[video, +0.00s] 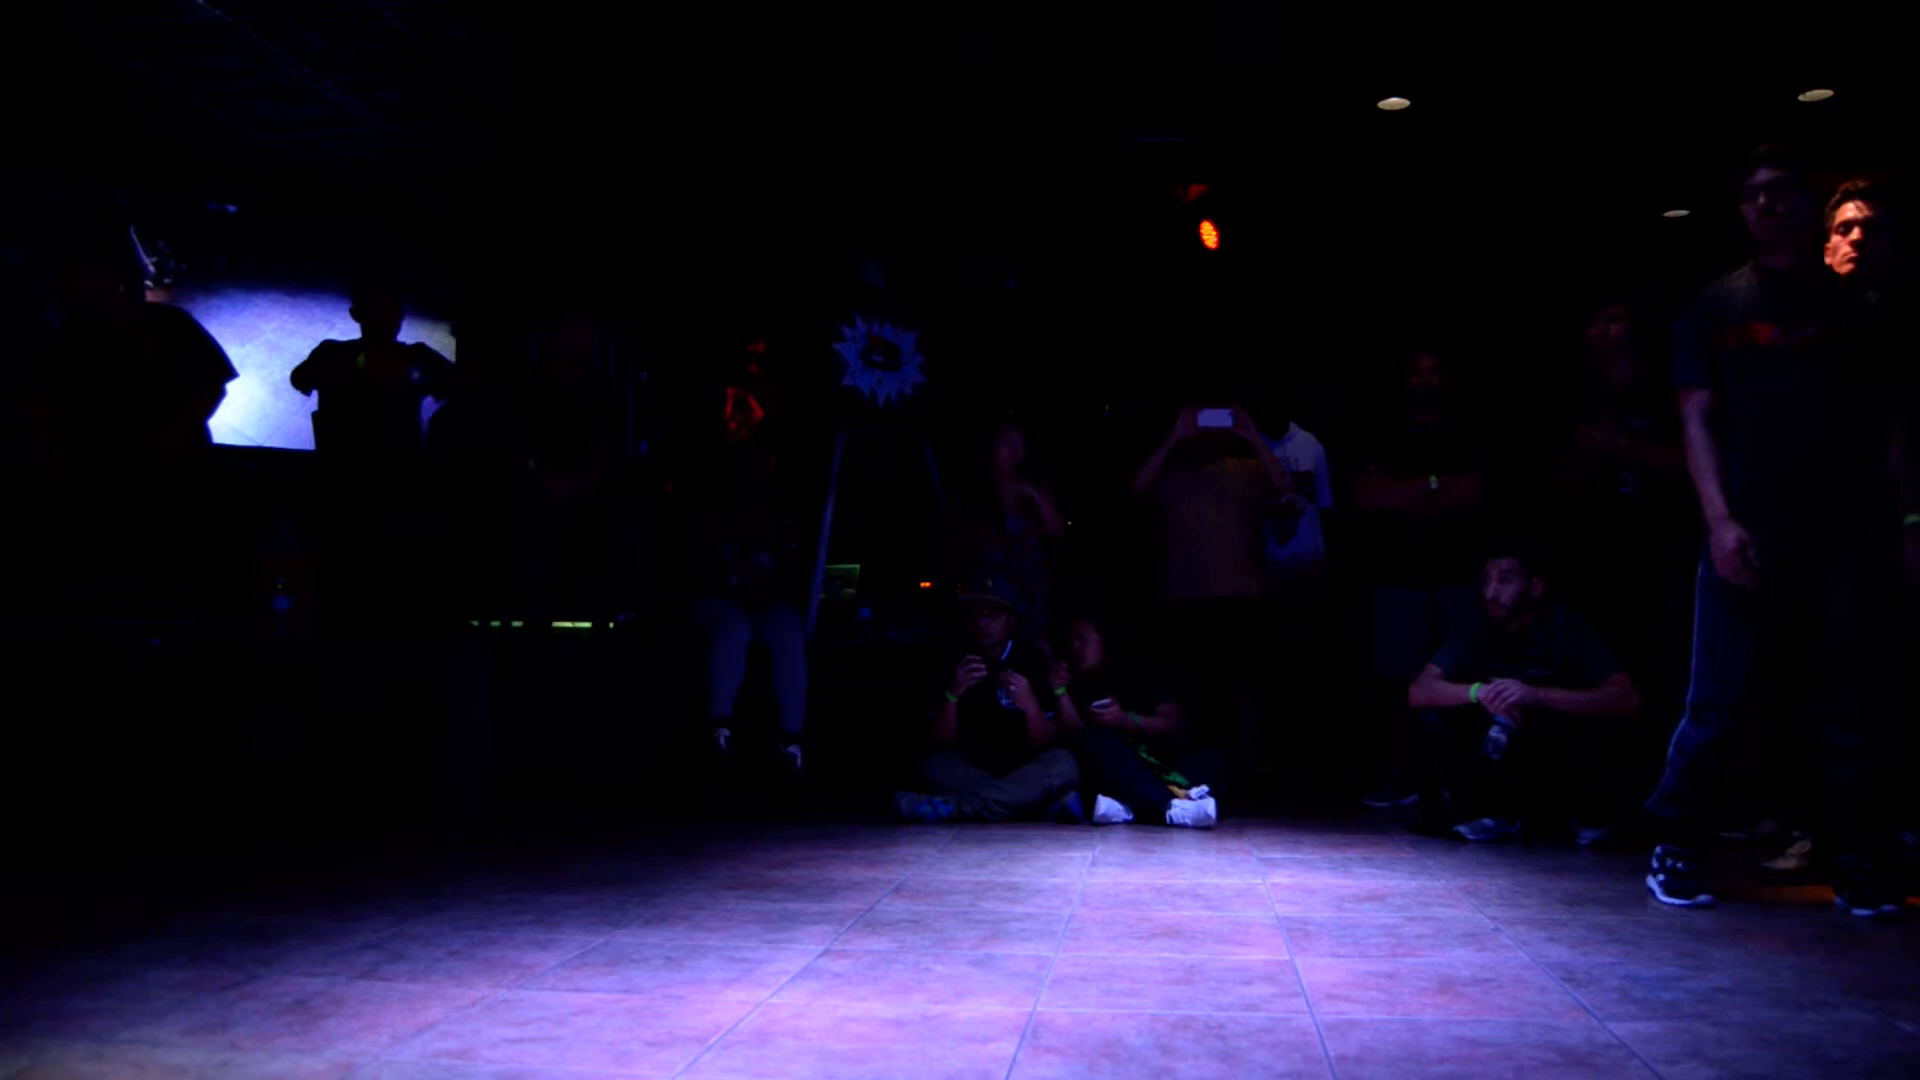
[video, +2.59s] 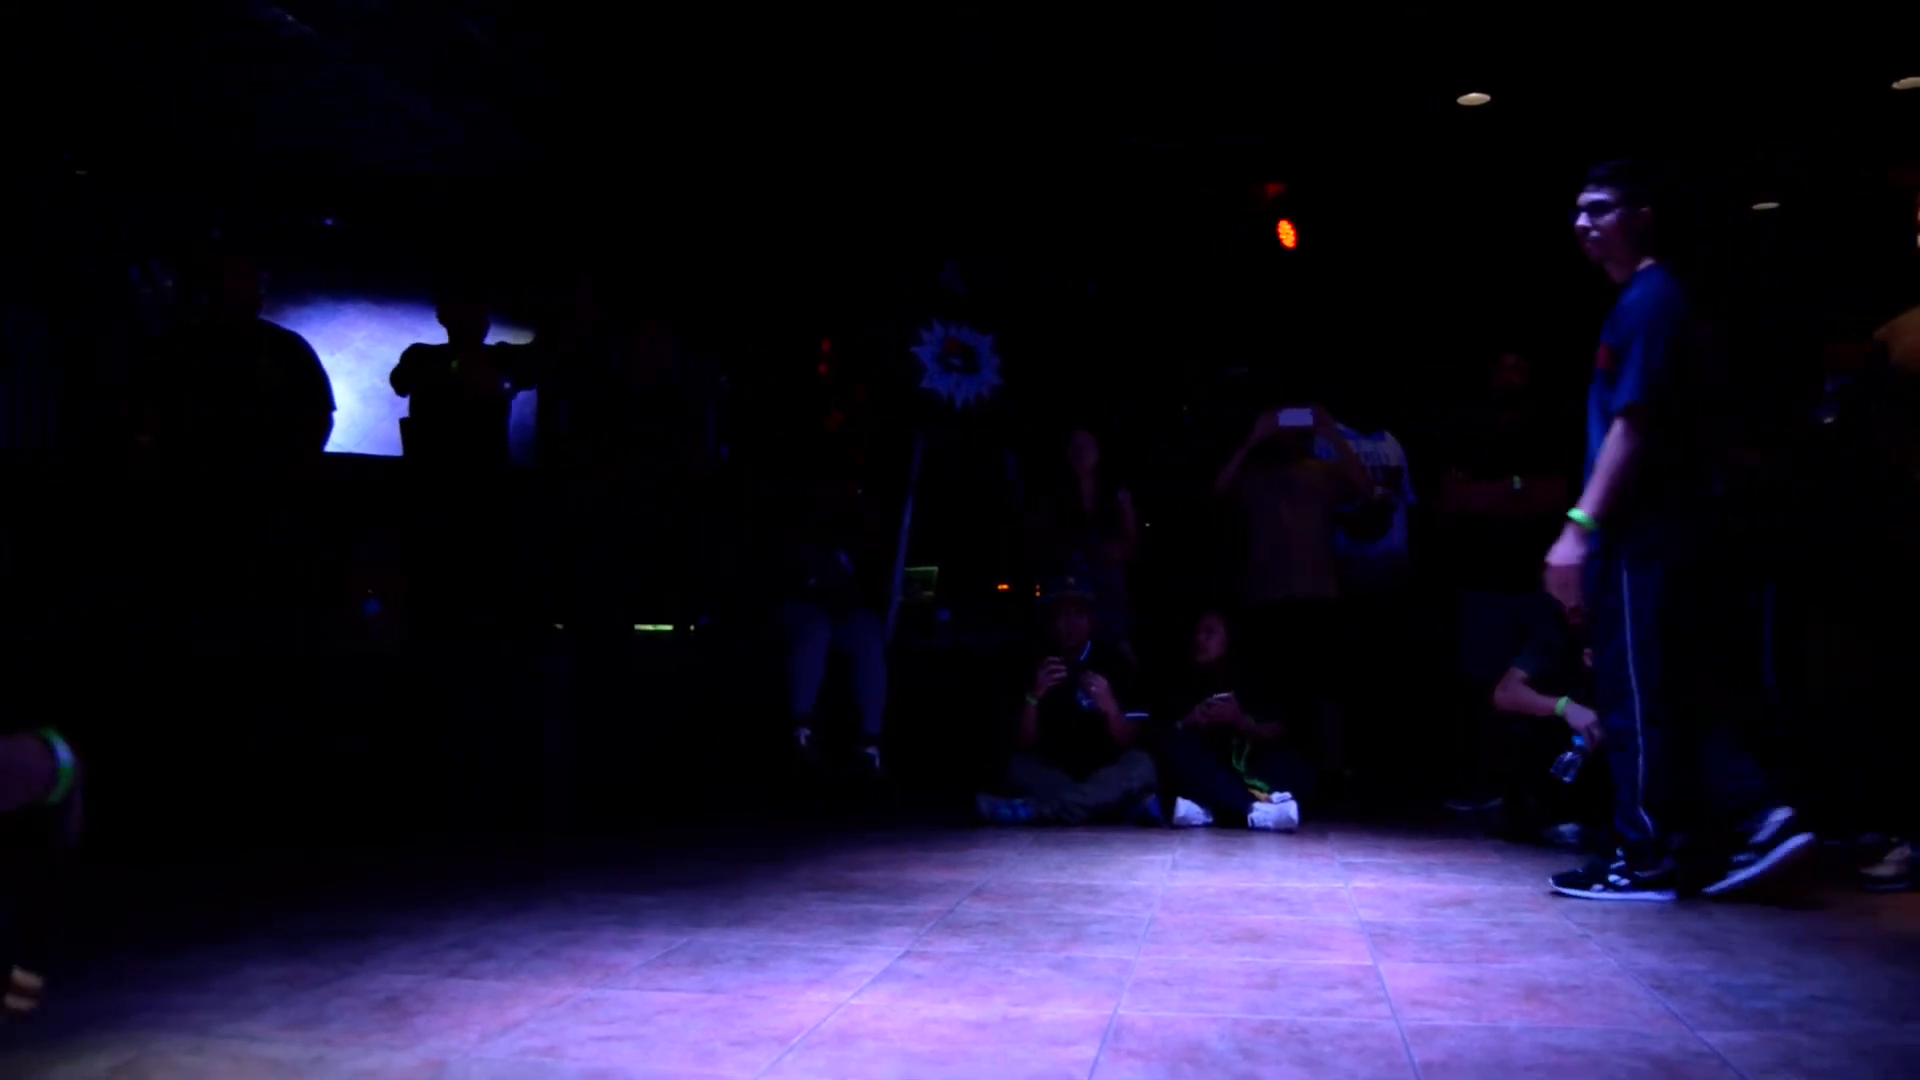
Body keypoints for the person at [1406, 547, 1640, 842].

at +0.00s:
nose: (1491, 592)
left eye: (1505, 581)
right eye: (1488, 581)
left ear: (1534, 587)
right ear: (1482, 584)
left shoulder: (1565, 631)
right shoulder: (1480, 630)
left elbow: (1623, 697)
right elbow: (1419, 692)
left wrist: (1535, 695)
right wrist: (1480, 693)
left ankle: (1590, 818)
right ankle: (1498, 816)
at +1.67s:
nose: (1530, 597)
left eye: (1538, 584)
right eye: (1518, 588)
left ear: (1554, 590)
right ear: (1505, 599)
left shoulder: (1588, 639)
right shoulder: (1497, 640)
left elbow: (1645, 702)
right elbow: (1451, 700)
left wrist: (1557, 709)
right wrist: (1518, 712)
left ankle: (1612, 826)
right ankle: (1510, 822)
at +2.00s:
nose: (1563, 597)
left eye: (1572, 584)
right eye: (1551, 588)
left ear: (1589, 589)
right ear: (1538, 598)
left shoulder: (1618, 639)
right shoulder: (1529, 639)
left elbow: (1652, 704)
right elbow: (1484, 699)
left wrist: (1592, 701)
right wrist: (1550, 705)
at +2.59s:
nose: (1572, 595)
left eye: (1577, 584)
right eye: (1562, 586)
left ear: (1592, 581)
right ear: (1549, 587)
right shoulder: (1553, 631)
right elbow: (1506, 692)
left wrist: (1607, 663)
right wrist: (1564, 707)